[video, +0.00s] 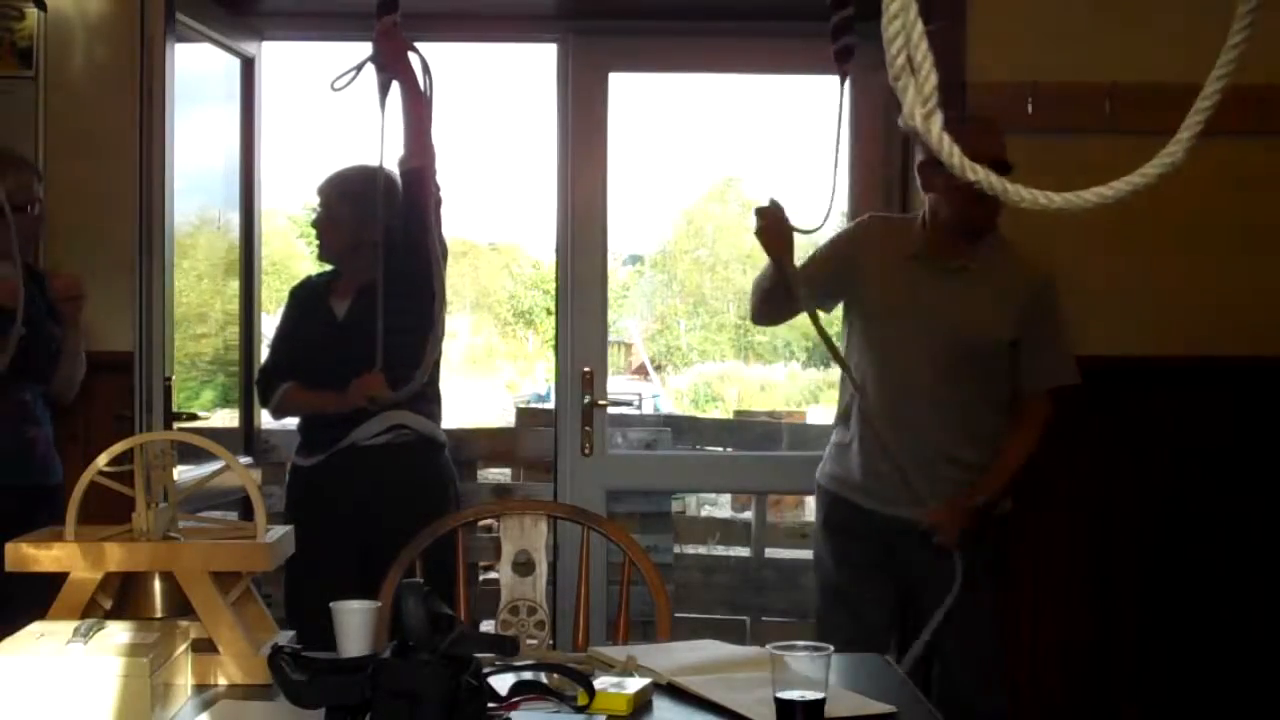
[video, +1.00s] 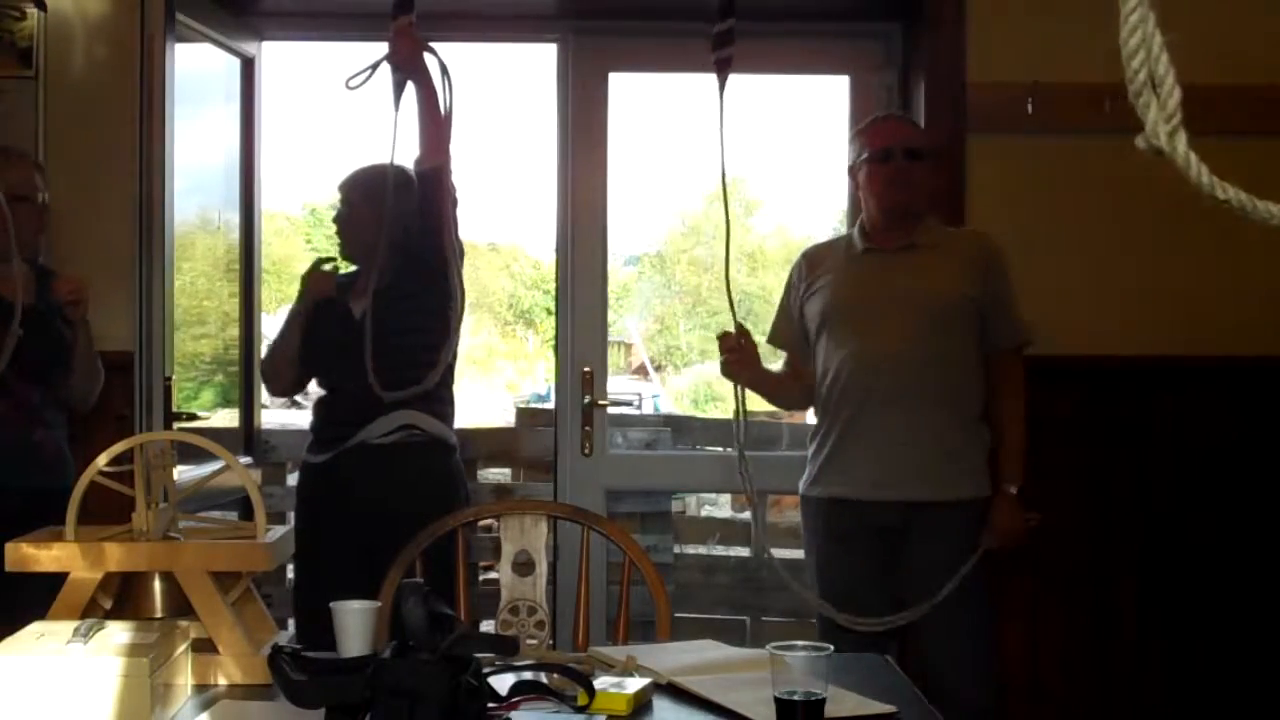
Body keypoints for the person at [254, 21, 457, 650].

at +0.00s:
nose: (315, 224)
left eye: (327, 213)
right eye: (319, 212)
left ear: (369, 222)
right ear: (346, 223)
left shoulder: (410, 286)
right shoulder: (307, 297)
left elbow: (419, 171)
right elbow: (275, 391)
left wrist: (404, 74)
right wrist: (346, 397)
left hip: (400, 486)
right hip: (319, 486)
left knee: (399, 622)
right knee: (317, 630)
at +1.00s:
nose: (336, 216)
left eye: (349, 204)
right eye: (339, 205)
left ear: (390, 212)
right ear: (358, 214)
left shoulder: (428, 279)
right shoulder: (328, 297)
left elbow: (435, 162)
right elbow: (279, 383)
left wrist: (418, 72)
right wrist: (305, 302)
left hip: (415, 463)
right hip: (333, 465)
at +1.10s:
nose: (342, 220)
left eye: (354, 208)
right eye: (343, 209)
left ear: (396, 211)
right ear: (353, 216)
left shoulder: (430, 276)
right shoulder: (329, 296)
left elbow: (435, 163)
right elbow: (277, 369)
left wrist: (418, 73)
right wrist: (303, 281)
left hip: (416, 460)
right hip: (335, 461)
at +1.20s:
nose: (356, 223)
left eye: (369, 209)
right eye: (352, 211)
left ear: (404, 213)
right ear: (346, 220)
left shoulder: (432, 279)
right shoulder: (329, 297)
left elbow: (436, 164)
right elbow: (278, 362)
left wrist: (419, 73)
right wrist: (310, 273)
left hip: (418, 464)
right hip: (335, 464)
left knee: (418, 620)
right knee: (328, 630)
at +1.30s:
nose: (352, 222)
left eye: (365, 209)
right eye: (348, 211)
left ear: (403, 213)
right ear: (346, 218)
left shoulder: (432, 275)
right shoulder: (332, 294)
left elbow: (436, 164)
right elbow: (280, 360)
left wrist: (418, 73)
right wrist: (318, 268)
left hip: (417, 461)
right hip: (335, 463)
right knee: (327, 632)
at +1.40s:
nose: (354, 220)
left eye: (369, 207)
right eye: (350, 209)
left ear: (406, 215)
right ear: (344, 218)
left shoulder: (432, 275)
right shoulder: (332, 295)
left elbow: (436, 166)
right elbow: (282, 359)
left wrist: (419, 75)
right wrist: (320, 268)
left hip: (417, 461)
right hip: (335, 463)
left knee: (417, 619)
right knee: (326, 630)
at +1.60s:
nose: (359, 223)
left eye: (374, 210)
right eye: (352, 210)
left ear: (406, 218)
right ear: (342, 219)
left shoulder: (432, 278)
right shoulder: (330, 296)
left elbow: (436, 168)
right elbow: (285, 359)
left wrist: (417, 75)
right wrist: (326, 262)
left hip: (418, 462)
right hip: (335, 466)